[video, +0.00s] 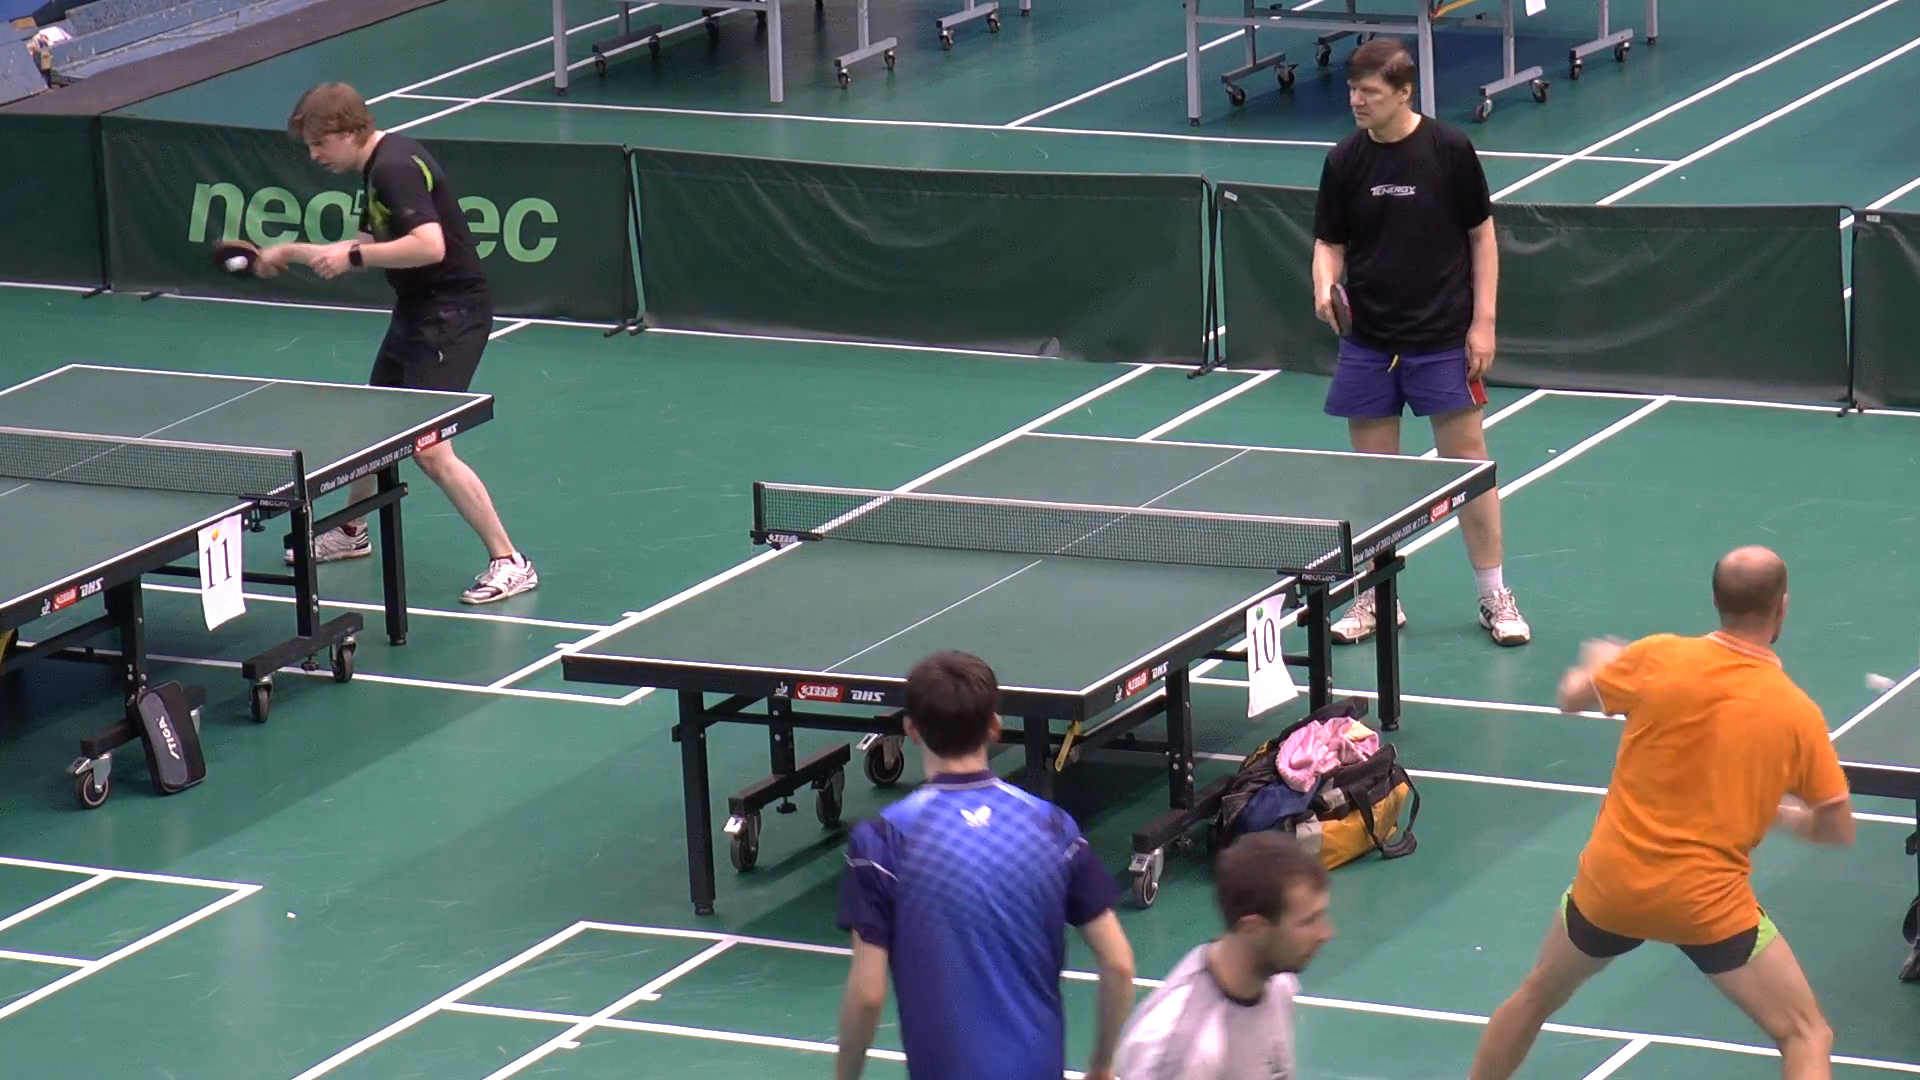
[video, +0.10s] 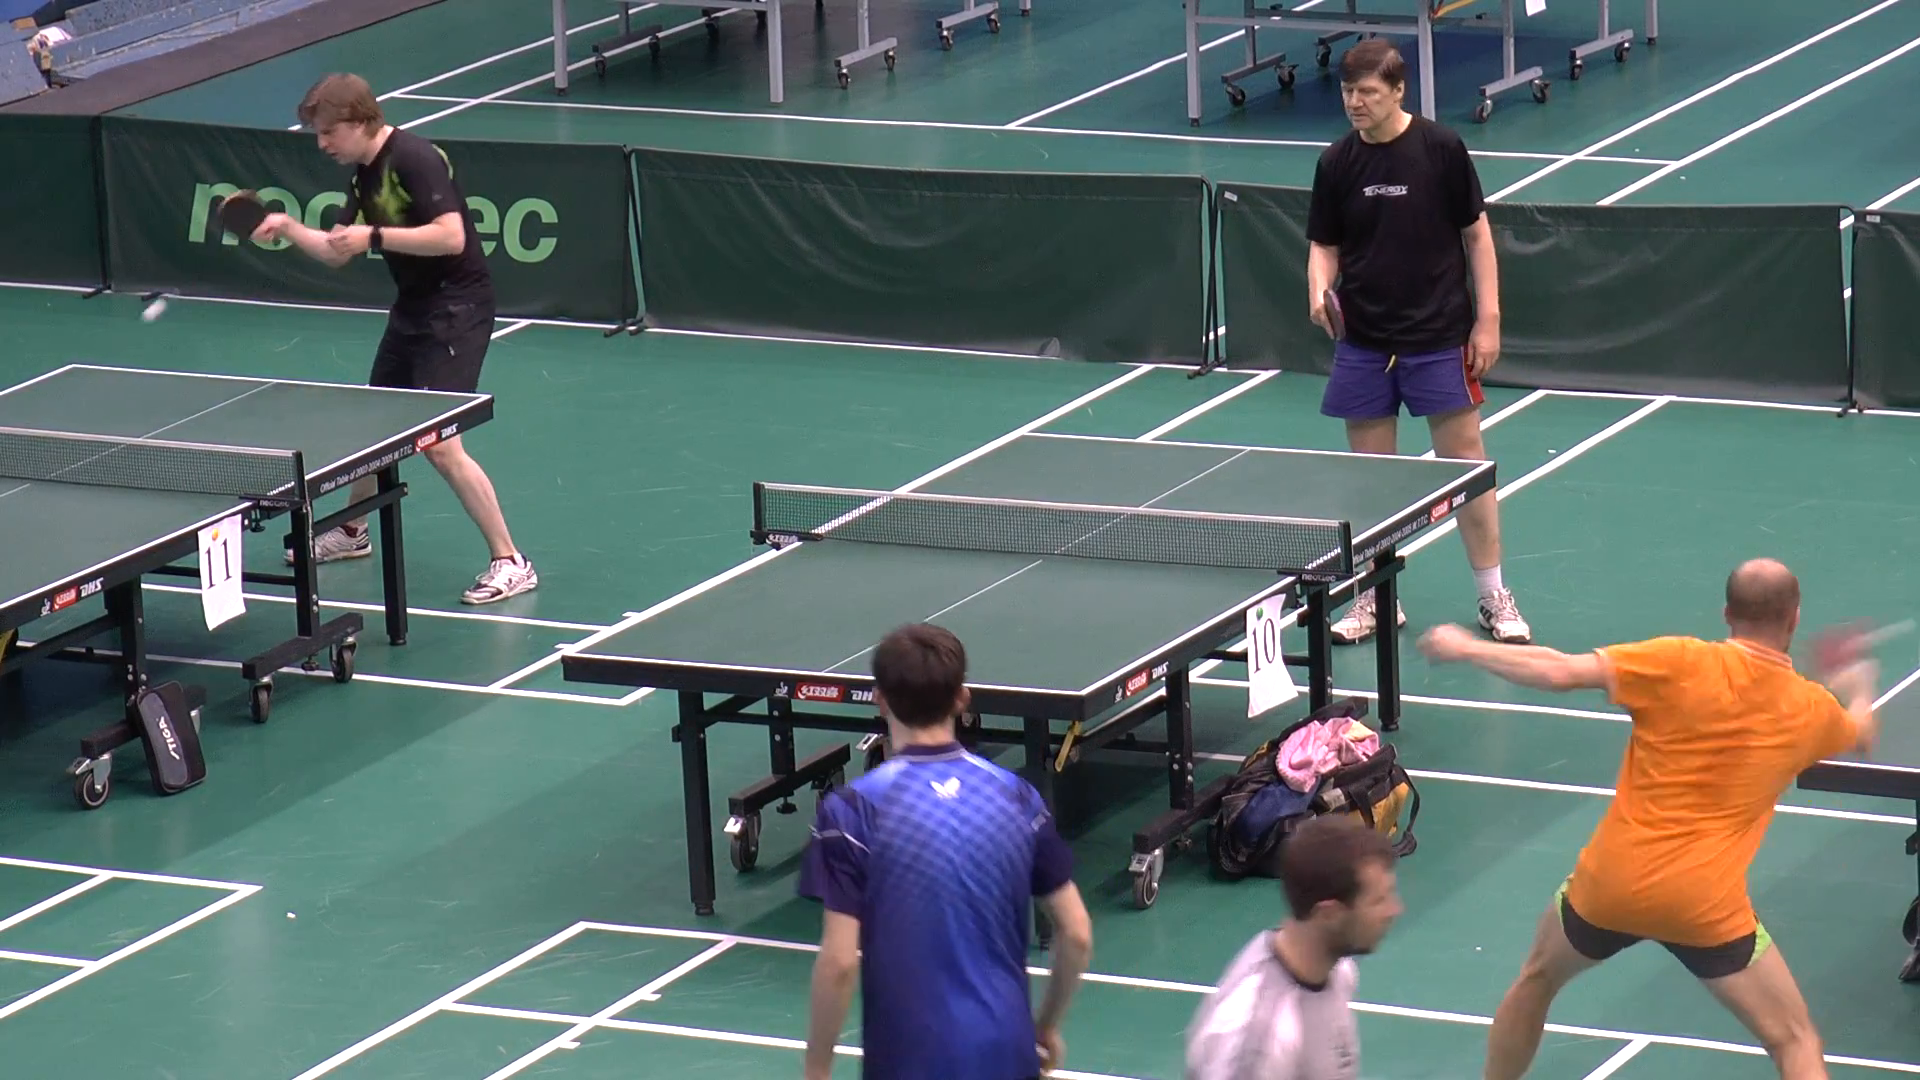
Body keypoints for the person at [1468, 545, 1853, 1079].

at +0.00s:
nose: (1786, 599)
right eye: (1786, 592)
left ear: (1716, 599)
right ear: (1781, 604)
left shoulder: (1658, 657)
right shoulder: (1797, 712)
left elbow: (1570, 698)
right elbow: (1837, 830)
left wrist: (1594, 664)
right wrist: (1774, 805)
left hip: (1610, 883)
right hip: (1706, 900)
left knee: (1534, 997)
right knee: (1805, 1033)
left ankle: (1479, 1076)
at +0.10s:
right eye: (1796, 606)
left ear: (1726, 613)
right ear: (1792, 616)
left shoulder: (1675, 660)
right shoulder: (1810, 706)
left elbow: (1559, 671)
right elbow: (1861, 735)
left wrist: (1470, 648)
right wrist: (1861, 689)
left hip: (1611, 885)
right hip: (1706, 903)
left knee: (1536, 980)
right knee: (1793, 1040)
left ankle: (1496, 1075)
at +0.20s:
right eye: (1769, 609)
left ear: (1704, 614)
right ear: (1767, 619)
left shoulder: (1677, 657)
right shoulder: (1797, 690)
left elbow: (1642, 681)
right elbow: (1890, 686)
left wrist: (1550, 696)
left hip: (1612, 890)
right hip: (1707, 904)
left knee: (1525, 991)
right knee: (1785, 1053)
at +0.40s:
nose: (1733, 552)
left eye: (1731, 543)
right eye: (1732, 543)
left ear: (1661, 555)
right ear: (1721, 554)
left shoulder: (1616, 618)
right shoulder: (1756, 644)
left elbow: (1591, 715)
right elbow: (1839, 750)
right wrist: (1915, 778)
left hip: (1593, 835)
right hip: (1681, 850)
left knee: (1561, 953)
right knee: (1767, 1008)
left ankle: (1483, 1054)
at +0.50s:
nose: (1723, 542)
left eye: (1720, 532)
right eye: (1720, 533)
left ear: (1647, 548)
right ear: (1708, 549)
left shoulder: (1592, 616)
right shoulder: (1736, 641)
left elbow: (1513, 710)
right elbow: (1790, 762)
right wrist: (1863, 809)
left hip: (1590, 843)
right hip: (1688, 852)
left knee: (1543, 951)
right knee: (1757, 1004)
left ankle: (1493, 1072)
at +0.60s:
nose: (1728, 519)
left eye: (1724, 510)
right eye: (1725, 512)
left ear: (1655, 527)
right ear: (1711, 530)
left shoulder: (1598, 583)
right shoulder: (1730, 622)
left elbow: (1513, 666)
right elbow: (1761, 748)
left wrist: (1517, 707)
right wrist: (1831, 797)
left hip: (1588, 823)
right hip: (1672, 835)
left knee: (1546, 944)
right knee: (1780, 949)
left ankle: (1490, 1070)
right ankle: (1758, 1074)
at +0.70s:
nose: (1754, 498)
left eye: (1752, 487)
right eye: (1750, 491)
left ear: (1680, 503)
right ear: (1735, 510)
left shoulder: (1623, 555)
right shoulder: (1738, 603)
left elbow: (1560, 631)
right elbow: (1752, 732)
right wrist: (1825, 777)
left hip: (1599, 787)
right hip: (1679, 804)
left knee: (1554, 924)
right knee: (1781, 925)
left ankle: (1485, 1063)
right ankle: (1769, 1065)